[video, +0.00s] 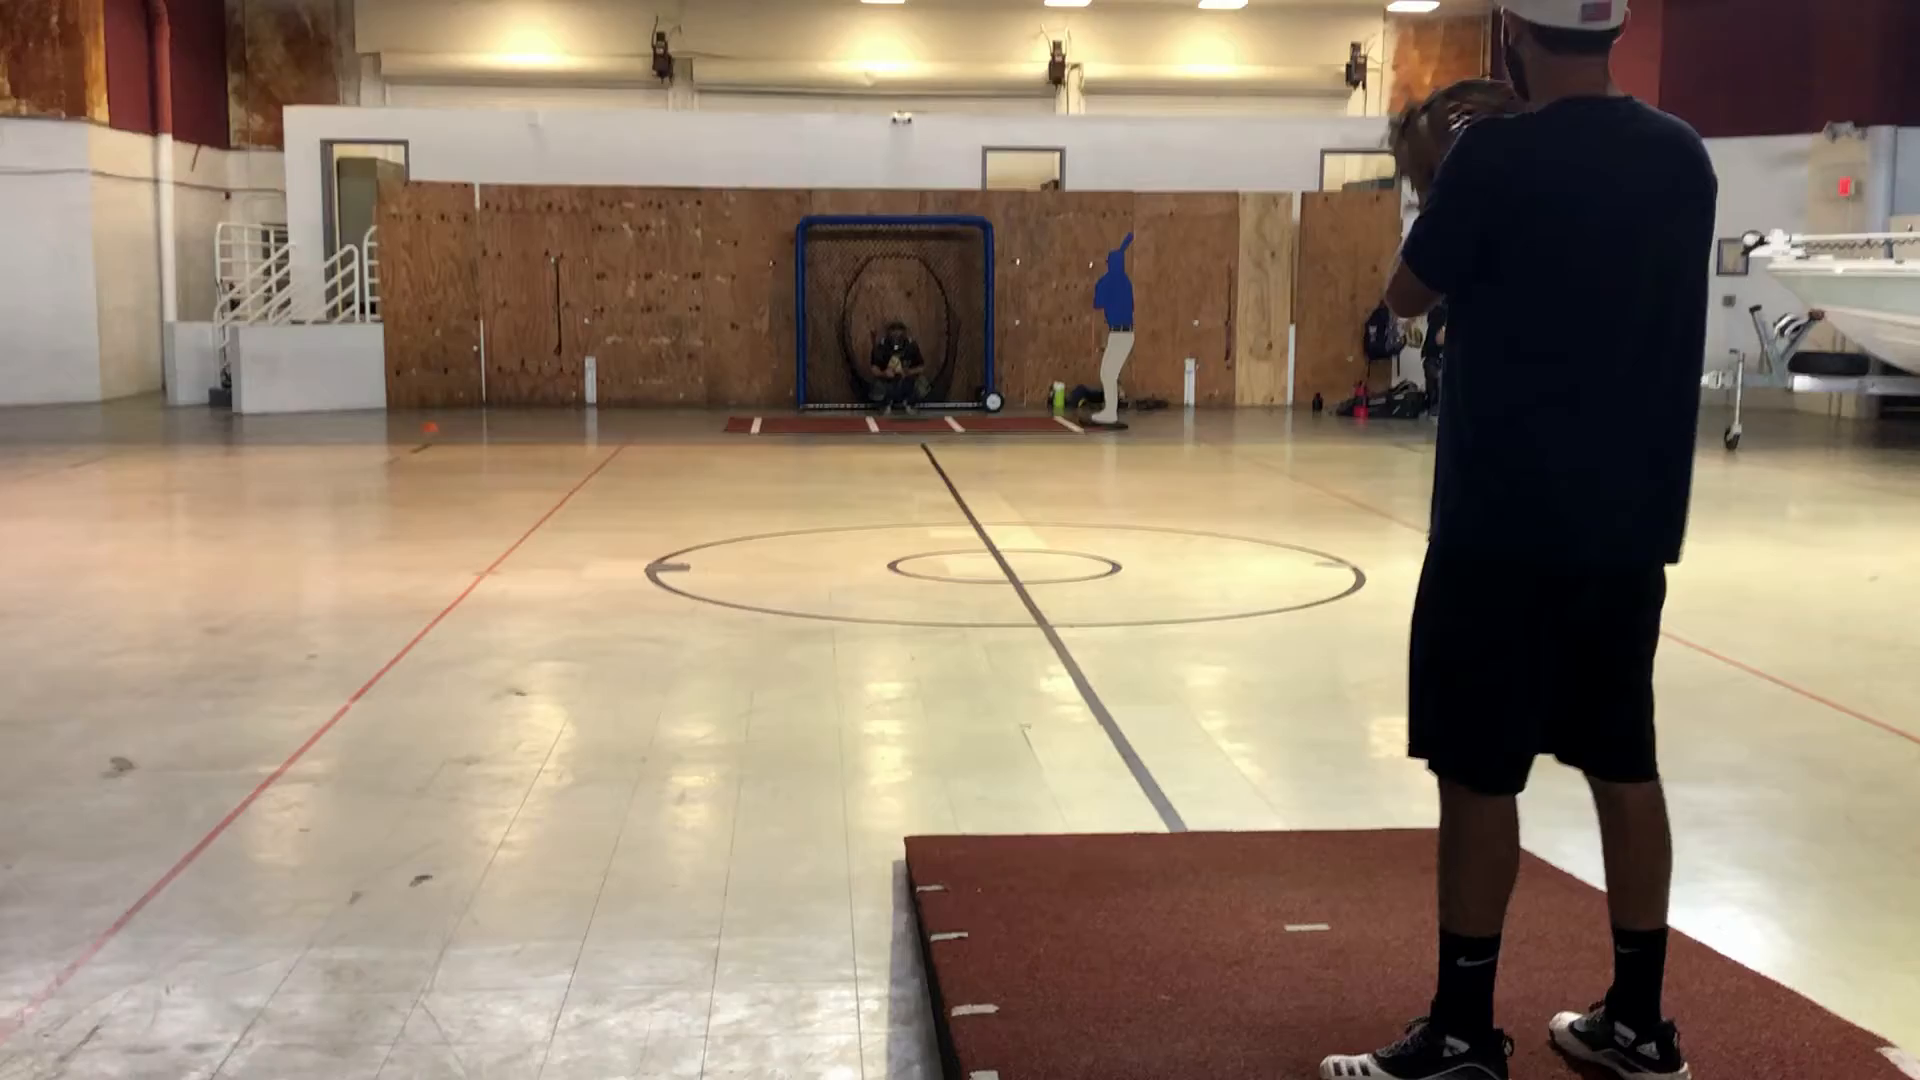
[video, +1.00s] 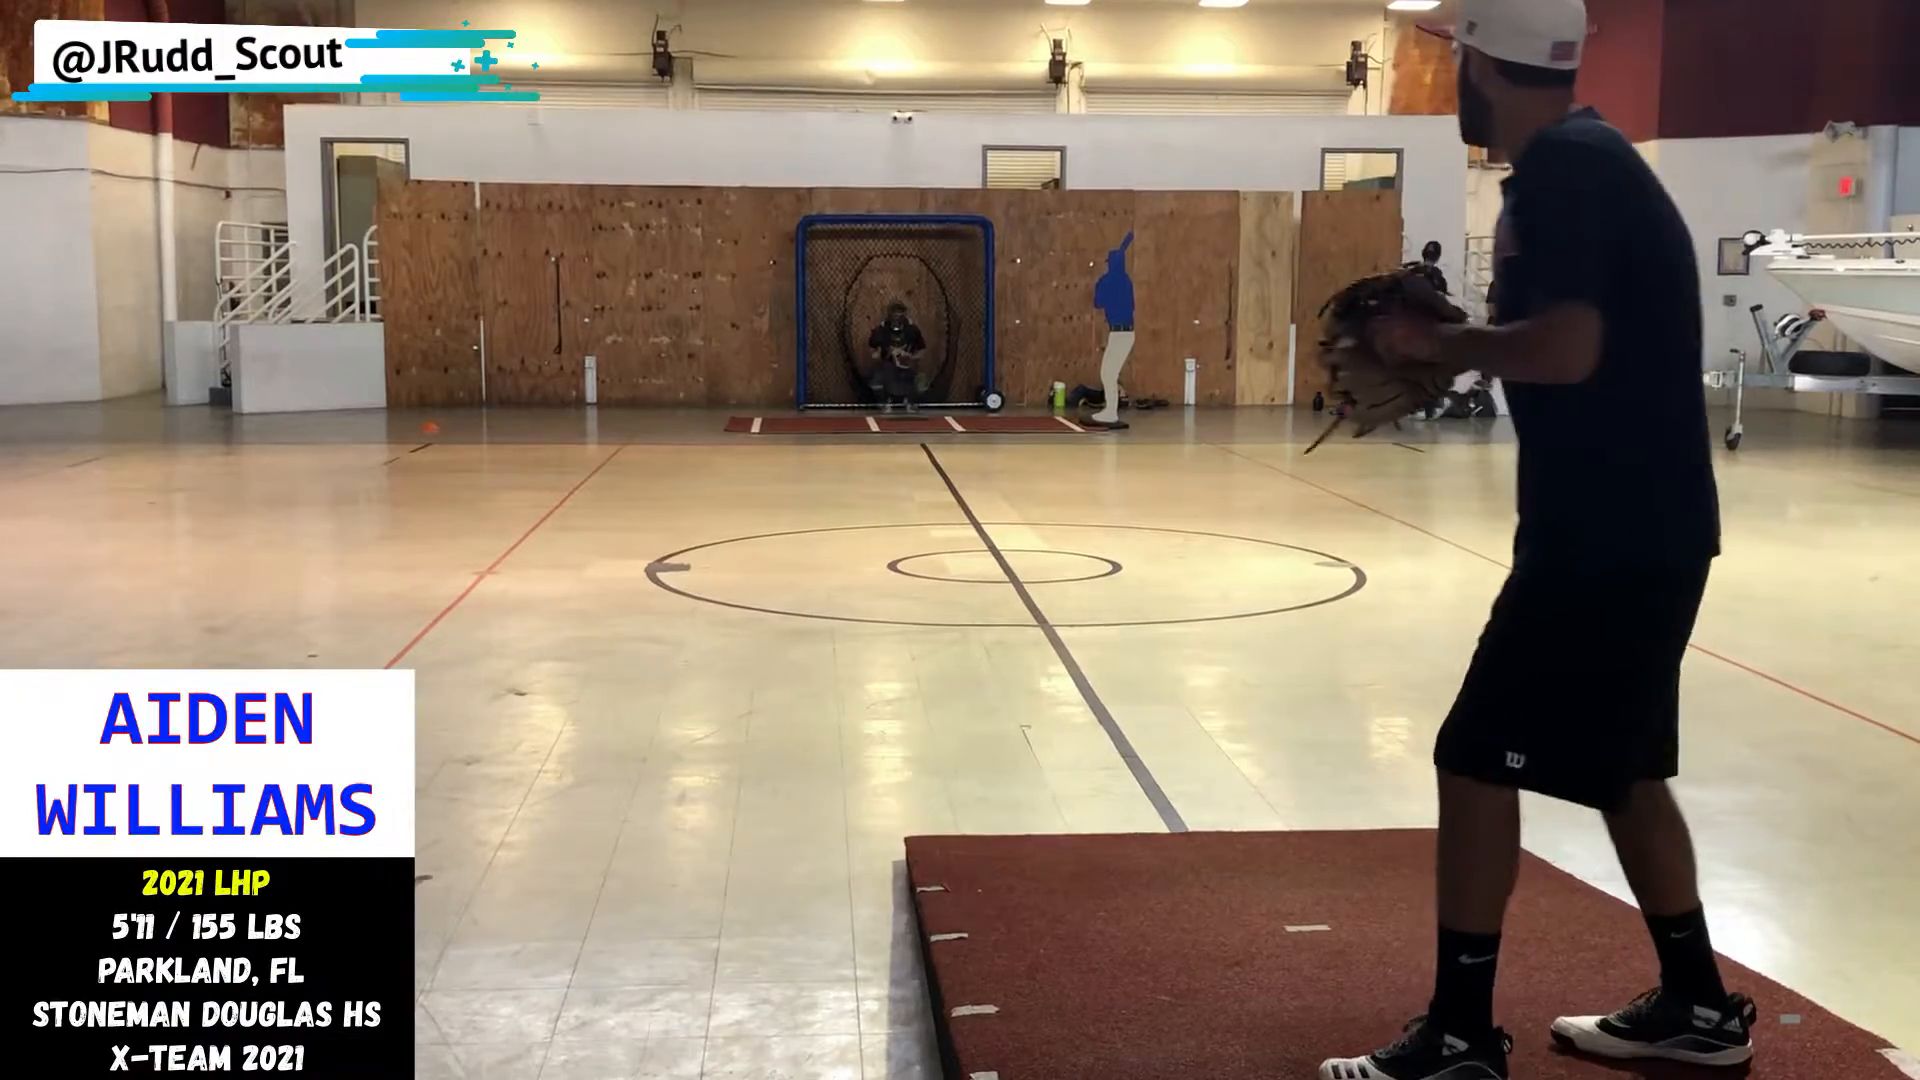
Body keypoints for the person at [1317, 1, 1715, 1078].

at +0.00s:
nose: (1500, 48)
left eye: (1502, 34)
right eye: (1509, 37)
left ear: (1515, 39)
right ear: (1618, 36)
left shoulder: (1493, 153)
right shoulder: (1682, 153)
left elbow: (1410, 293)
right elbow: (1622, 290)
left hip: (1497, 526)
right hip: (1630, 526)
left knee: (1478, 774)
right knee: (1626, 764)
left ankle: (1463, 1030)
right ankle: (1638, 1018)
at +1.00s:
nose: (1456, 95)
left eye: (1457, 66)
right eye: (1456, 69)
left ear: (1483, 62)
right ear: (1559, 65)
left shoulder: (1560, 171)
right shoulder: (1601, 165)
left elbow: (1567, 347)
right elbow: (1582, 347)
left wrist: (1438, 343)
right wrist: (1453, 336)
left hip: (1590, 540)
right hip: (1652, 534)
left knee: (1473, 755)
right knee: (1628, 766)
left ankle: (1459, 1030)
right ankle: (1696, 1001)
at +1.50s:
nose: (1500, 81)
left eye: (1505, 59)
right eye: (1503, 60)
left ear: (1534, 64)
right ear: (1584, 63)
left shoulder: (1655, 167)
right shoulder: (1564, 189)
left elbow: (1619, 340)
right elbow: (1572, 342)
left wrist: (1459, 299)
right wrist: (1457, 299)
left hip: (1658, 538)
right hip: (1615, 533)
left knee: (1519, 752)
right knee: (1657, 756)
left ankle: (1484, 1021)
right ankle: (1701, 1002)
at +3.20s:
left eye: (1192, 310)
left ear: (1191, 322)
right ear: (1266, 337)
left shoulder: (1141, 381)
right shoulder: (1286, 434)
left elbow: (1028, 333)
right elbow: (1344, 542)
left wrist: (920, 271)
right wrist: (1262, 535)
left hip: (1164, 632)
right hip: (1257, 630)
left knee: (1193, 819)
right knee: (1193, 711)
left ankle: (1259, 900)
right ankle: (1169, 844)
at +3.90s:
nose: (1334, 257)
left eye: (1329, 248)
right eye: (1332, 248)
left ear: (1258, 254)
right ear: (1322, 254)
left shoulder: (1229, 304)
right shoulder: (1305, 281)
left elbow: (1174, 398)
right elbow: (1296, 325)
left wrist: (1232, 473)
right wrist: (1324, 436)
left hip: (1119, 475)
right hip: (1185, 489)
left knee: (1118, 632)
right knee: (1162, 667)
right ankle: (1139, 841)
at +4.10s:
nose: (1300, 219)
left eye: (1293, 208)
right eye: (1300, 210)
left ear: (1234, 217)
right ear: (1294, 215)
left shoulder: (1198, 285)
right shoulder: (1284, 263)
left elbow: (1193, 392)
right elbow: (1294, 319)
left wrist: (1265, 444)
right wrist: (1344, 420)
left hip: (1172, 482)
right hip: (1238, 486)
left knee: (1218, 643)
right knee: (1258, 651)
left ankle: (1217, 806)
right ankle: (1179, 789)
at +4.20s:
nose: (1297, 215)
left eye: (1287, 206)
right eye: (1297, 206)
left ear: (1229, 208)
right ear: (1291, 207)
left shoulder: (1186, 286)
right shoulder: (1289, 264)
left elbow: (1196, 391)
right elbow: (1305, 323)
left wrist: (1268, 442)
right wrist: (1358, 423)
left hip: (1188, 490)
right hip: (1256, 489)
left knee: (1224, 639)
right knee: (1298, 628)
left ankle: (1217, 810)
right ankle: (1233, 753)